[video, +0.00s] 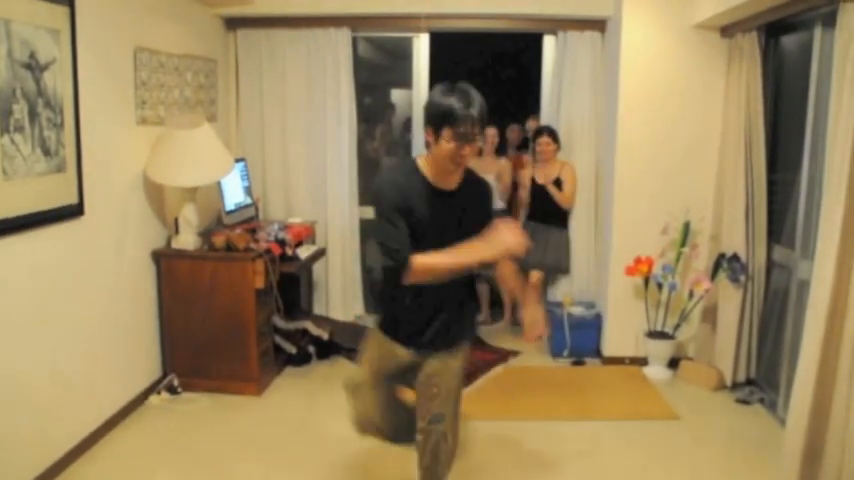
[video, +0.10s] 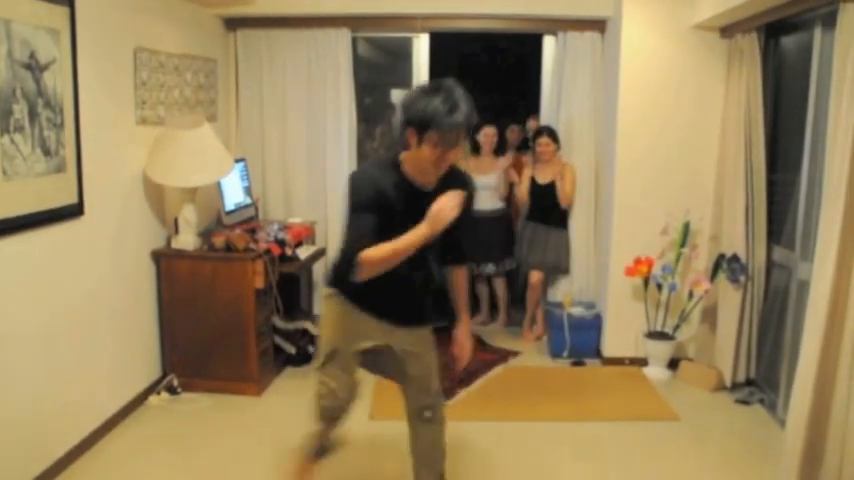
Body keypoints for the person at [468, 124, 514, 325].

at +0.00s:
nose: (492, 140)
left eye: (495, 136)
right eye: (489, 136)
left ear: (499, 139)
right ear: (482, 138)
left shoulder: (504, 164)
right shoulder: (471, 163)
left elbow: (505, 194)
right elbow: (467, 193)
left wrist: (495, 179)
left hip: (497, 213)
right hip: (476, 213)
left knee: (499, 265)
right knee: (479, 267)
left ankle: (507, 314)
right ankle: (484, 310)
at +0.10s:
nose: (489, 139)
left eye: (493, 135)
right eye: (485, 135)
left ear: (497, 139)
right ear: (477, 138)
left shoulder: (503, 164)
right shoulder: (468, 164)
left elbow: (505, 194)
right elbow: (462, 191)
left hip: (497, 213)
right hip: (475, 214)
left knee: (497, 268)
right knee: (478, 268)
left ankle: (502, 314)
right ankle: (483, 311)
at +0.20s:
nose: (489, 140)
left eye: (493, 135)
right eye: (485, 135)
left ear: (497, 139)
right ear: (477, 137)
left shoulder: (502, 164)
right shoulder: (470, 163)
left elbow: (504, 193)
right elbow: (465, 191)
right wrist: (464, 174)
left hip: (497, 212)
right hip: (476, 212)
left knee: (495, 268)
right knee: (479, 267)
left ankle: (498, 313)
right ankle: (483, 310)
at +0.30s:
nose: (489, 141)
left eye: (493, 137)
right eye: (485, 137)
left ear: (497, 140)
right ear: (478, 139)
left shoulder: (502, 163)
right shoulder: (469, 162)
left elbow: (501, 192)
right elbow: (467, 191)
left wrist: (489, 176)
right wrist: (481, 177)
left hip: (497, 213)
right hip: (476, 213)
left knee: (494, 270)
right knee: (479, 269)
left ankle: (493, 313)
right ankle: (482, 311)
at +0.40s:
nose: (489, 142)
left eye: (493, 138)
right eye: (485, 138)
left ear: (497, 141)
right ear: (478, 140)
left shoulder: (503, 164)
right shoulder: (469, 163)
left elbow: (503, 194)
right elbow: (466, 193)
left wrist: (490, 179)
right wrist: (479, 181)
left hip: (498, 215)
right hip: (477, 214)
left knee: (495, 269)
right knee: (478, 268)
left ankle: (493, 313)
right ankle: (482, 310)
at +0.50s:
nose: (488, 142)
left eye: (492, 138)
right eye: (484, 137)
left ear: (498, 142)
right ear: (478, 140)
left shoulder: (503, 165)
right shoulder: (473, 164)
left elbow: (505, 194)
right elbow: (468, 188)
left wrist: (495, 178)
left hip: (498, 214)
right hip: (477, 214)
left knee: (496, 270)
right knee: (477, 268)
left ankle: (493, 314)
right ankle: (481, 309)